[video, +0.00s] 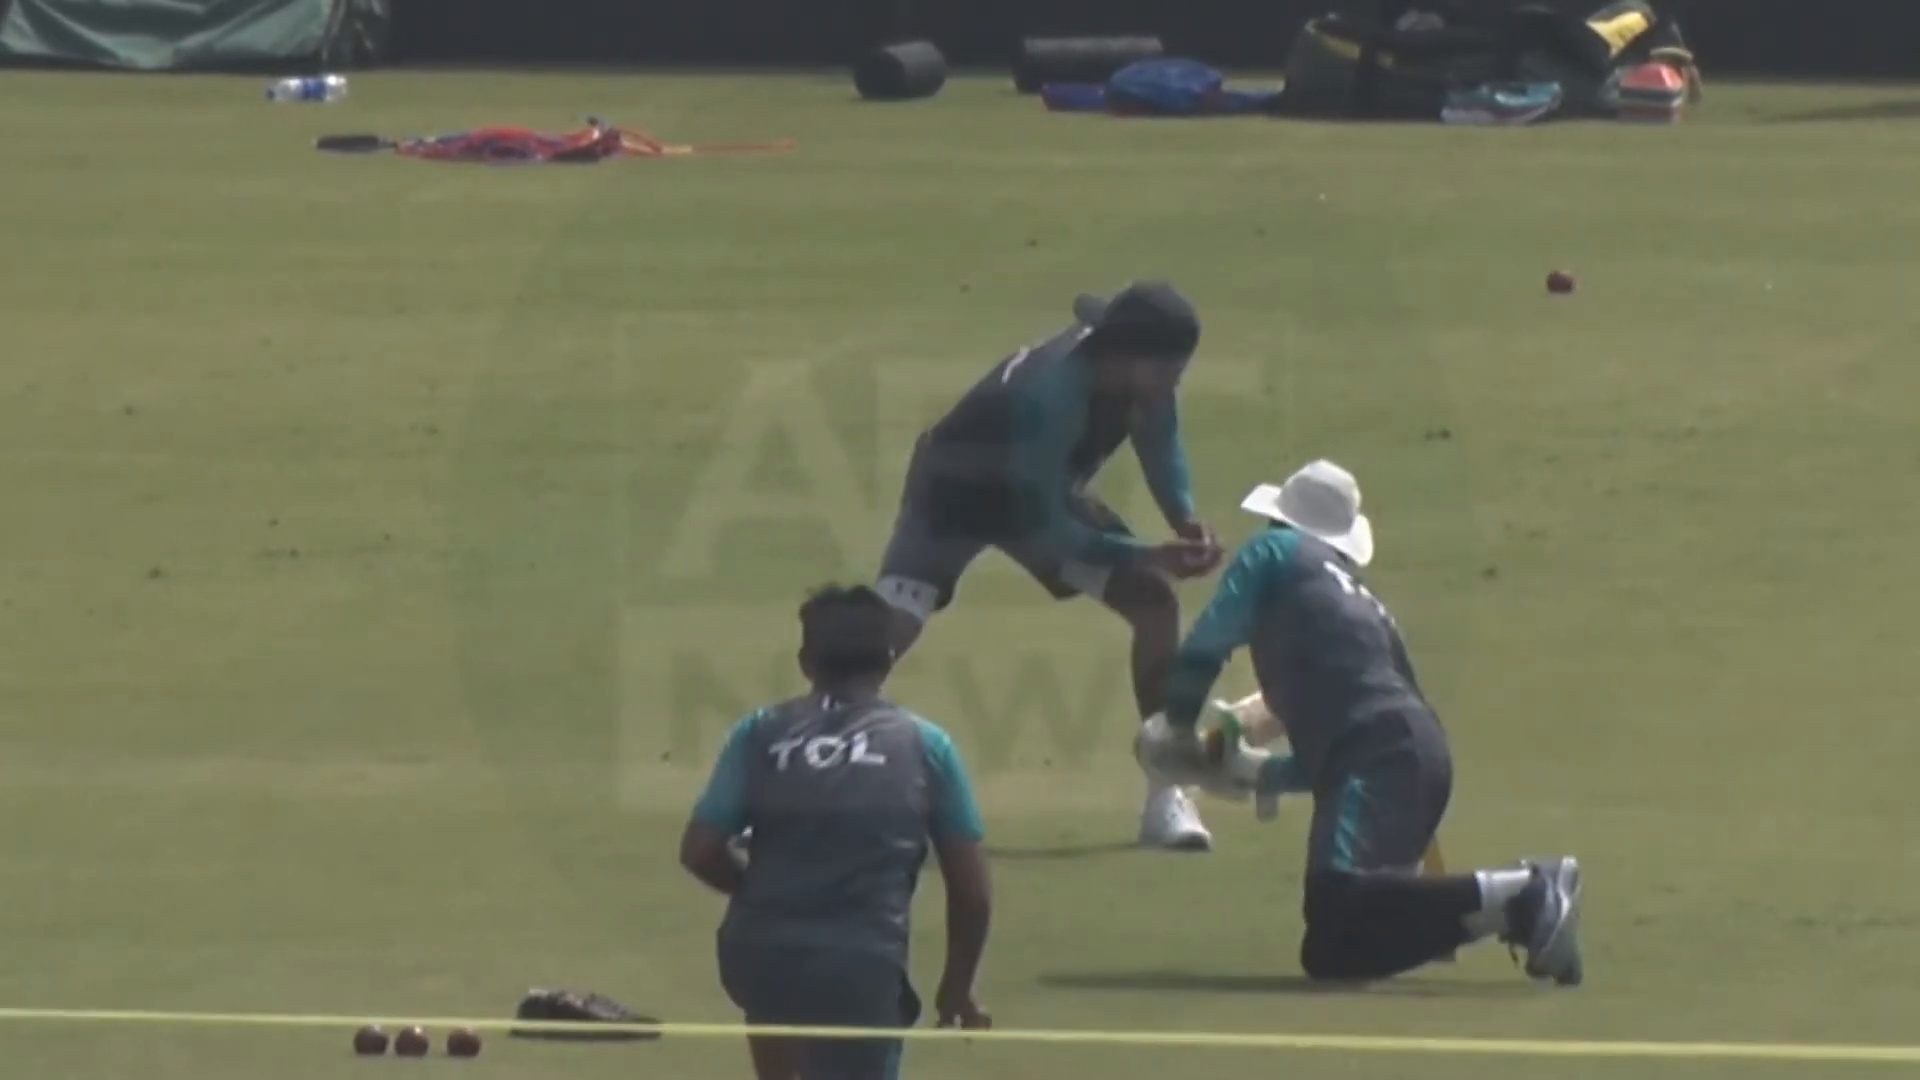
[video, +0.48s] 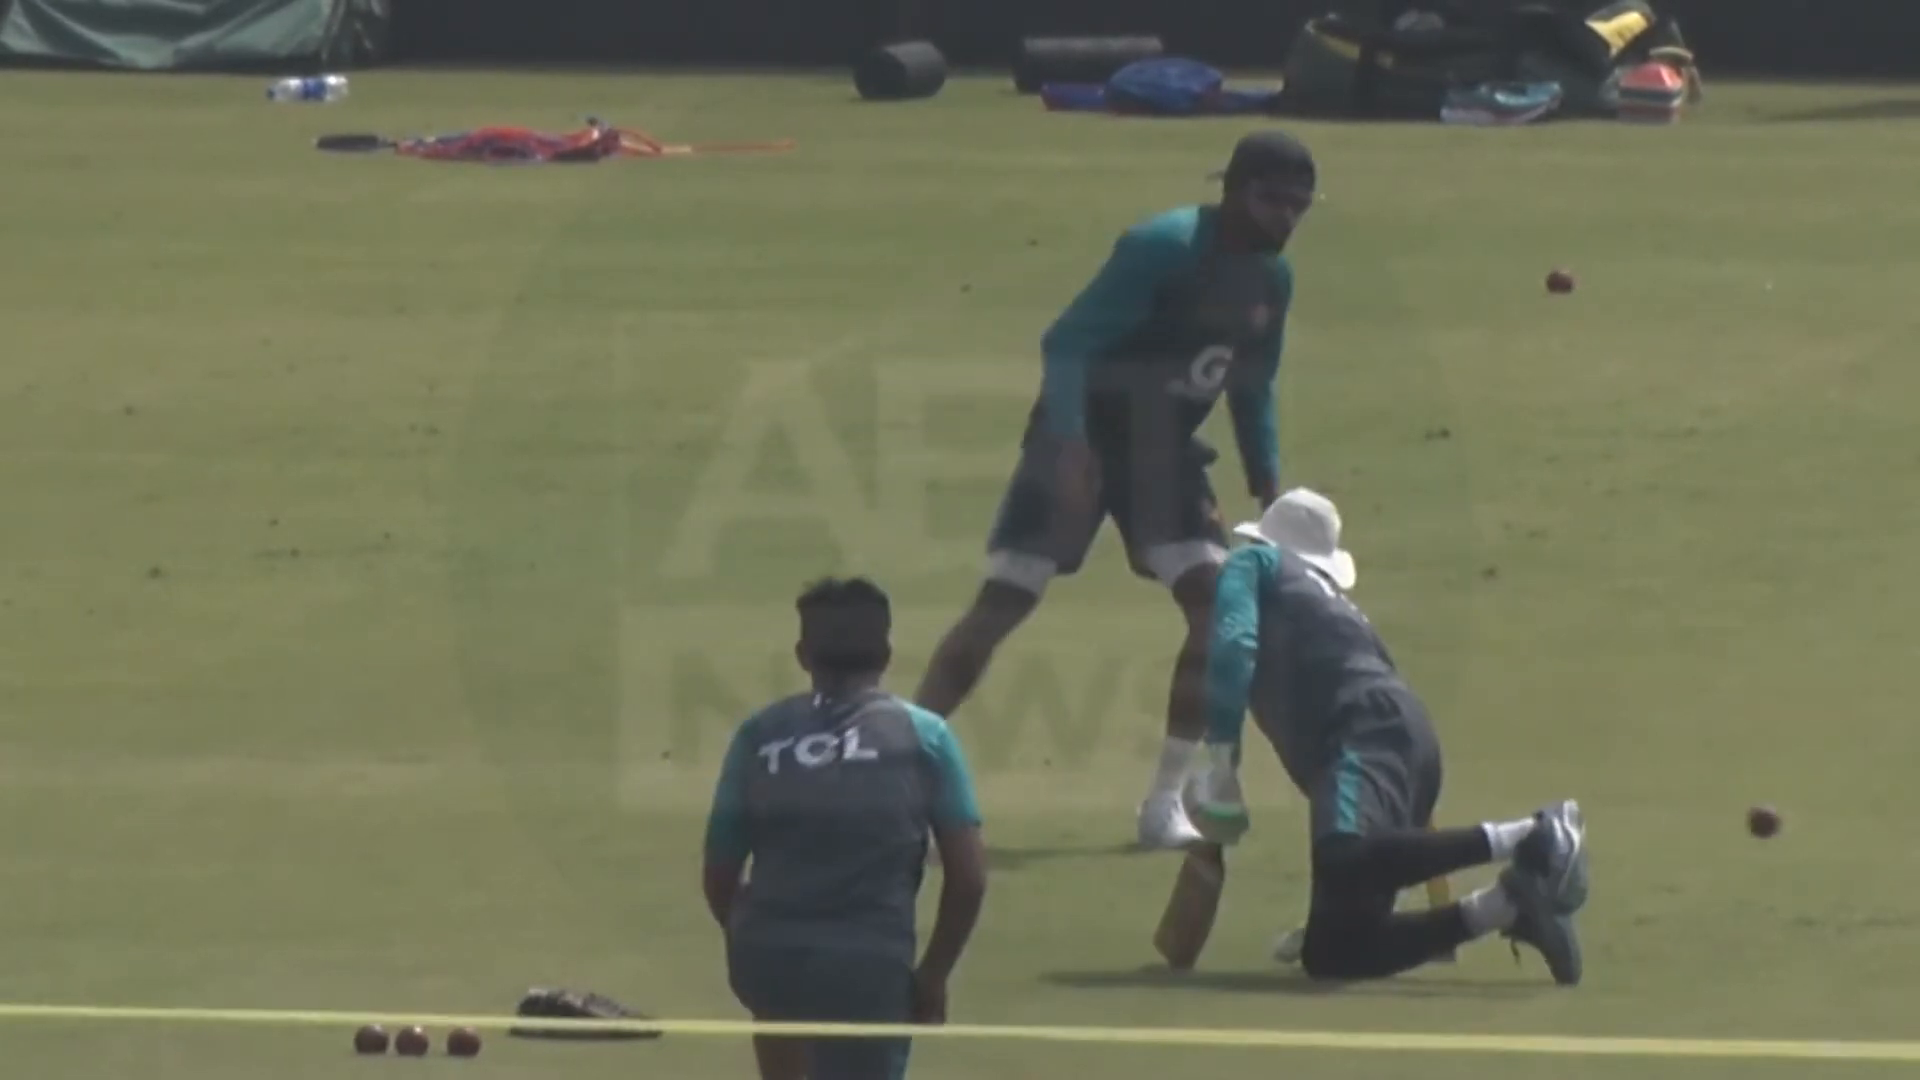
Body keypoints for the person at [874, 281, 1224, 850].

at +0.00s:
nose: (1169, 384)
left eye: (1173, 371)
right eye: (1162, 369)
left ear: (1169, 360)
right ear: (1128, 358)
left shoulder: (1145, 369)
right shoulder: (1055, 390)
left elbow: (1160, 444)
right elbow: (1045, 526)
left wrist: (1183, 515)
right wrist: (1147, 558)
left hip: (1034, 498)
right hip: (952, 495)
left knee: (1155, 605)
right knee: (888, 636)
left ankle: (1168, 799)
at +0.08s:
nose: (1178, 379)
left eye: (1185, 368)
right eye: (1176, 364)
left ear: (1178, 354)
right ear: (1144, 343)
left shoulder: (1151, 371)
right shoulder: (1063, 377)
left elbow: (1154, 448)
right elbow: (1032, 513)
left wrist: (1171, 532)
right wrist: (1124, 571)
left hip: (1048, 487)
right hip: (964, 485)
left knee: (1161, 604)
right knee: (892, 631)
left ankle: (1166, 803)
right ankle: (804, 779)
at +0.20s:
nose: (1238, 330)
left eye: (1241, 317)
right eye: (1232, 315)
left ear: (1200, 309)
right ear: (1195, 306)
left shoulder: (1176, 352)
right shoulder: (1097, 347)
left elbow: (1162, 437)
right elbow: (1024, 466)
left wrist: (1184, 523)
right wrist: (1086, 570)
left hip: (1076, 478)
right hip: (985, 476)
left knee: (1178, 602)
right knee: (897, 636)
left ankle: (1162, 806)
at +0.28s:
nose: (1268, 302)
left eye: (1272, 288)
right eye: (1262, 286)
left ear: (1228, 281)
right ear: (1219, 276)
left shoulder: (1211, 329)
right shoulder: (1122, 316)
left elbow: (1187, 423)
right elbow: (1034, 419)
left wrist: (1203, 510)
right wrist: (1063, 526)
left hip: (1109, 469)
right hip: (1023, 459)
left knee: (1196, 609)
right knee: (919, 626)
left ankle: (1163, 807)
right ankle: (793, 751)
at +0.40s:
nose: (1284, 253)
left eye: (1294, 239)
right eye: (1275, 235)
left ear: (1295, 238)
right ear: (1229, 221)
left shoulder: (1253, 301)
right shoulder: (1150, 273)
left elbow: (1230, 401)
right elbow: (1051, 366)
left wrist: (1242, 497)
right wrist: (1056, 475)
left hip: (1142, 463)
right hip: (1059, 446)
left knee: (1212, 609)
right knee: (961, 613)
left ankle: (1166, 806)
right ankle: (850, 761)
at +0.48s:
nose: (1286, 217)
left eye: (1298, 205)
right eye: (1274, 199)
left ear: (1304, 206)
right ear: (1235, 189)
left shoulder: (1270, 280)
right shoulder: (1160, 246)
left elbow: (1252, 388)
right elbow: (1064, 341)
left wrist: (1267, 491)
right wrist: (1068, 446)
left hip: (1160, 445)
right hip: (1081, 430)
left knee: (1217, 609)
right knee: (1006, 600)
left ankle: (1167, 803)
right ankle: (905, 755)